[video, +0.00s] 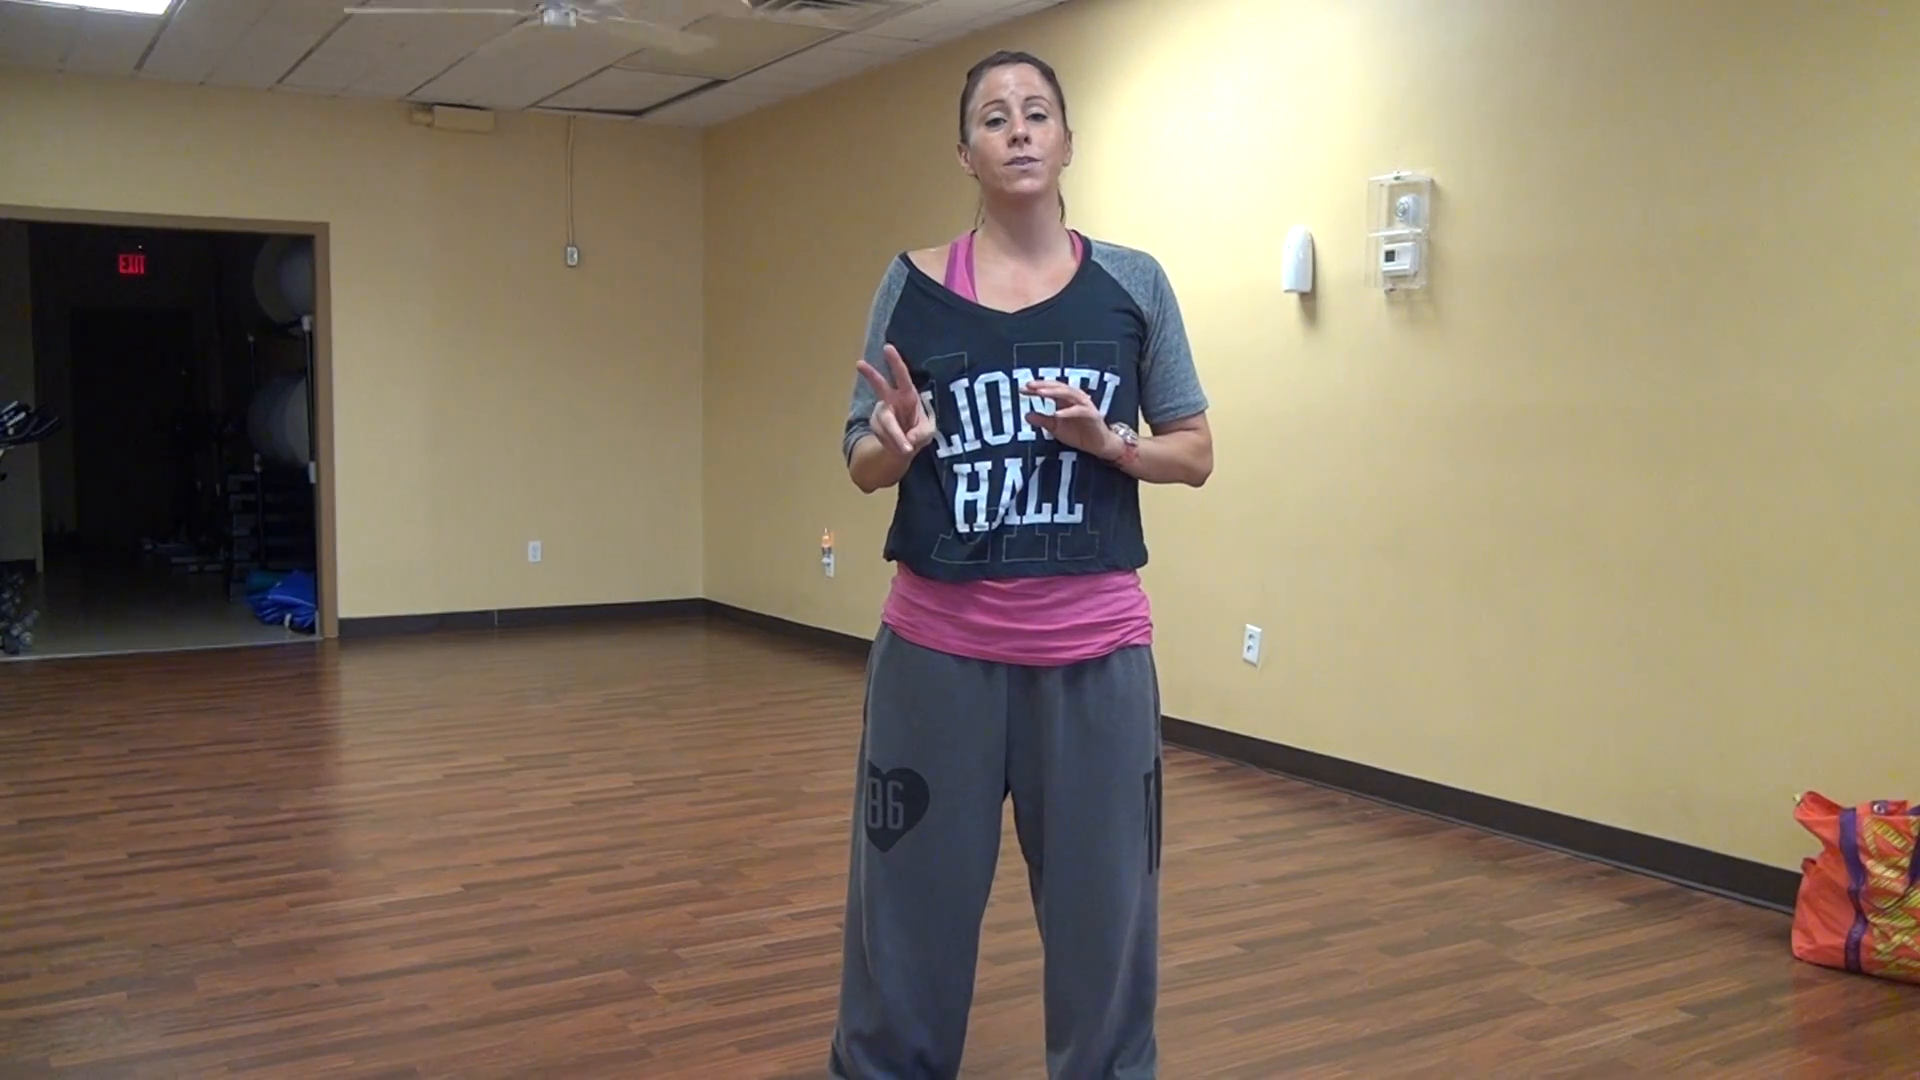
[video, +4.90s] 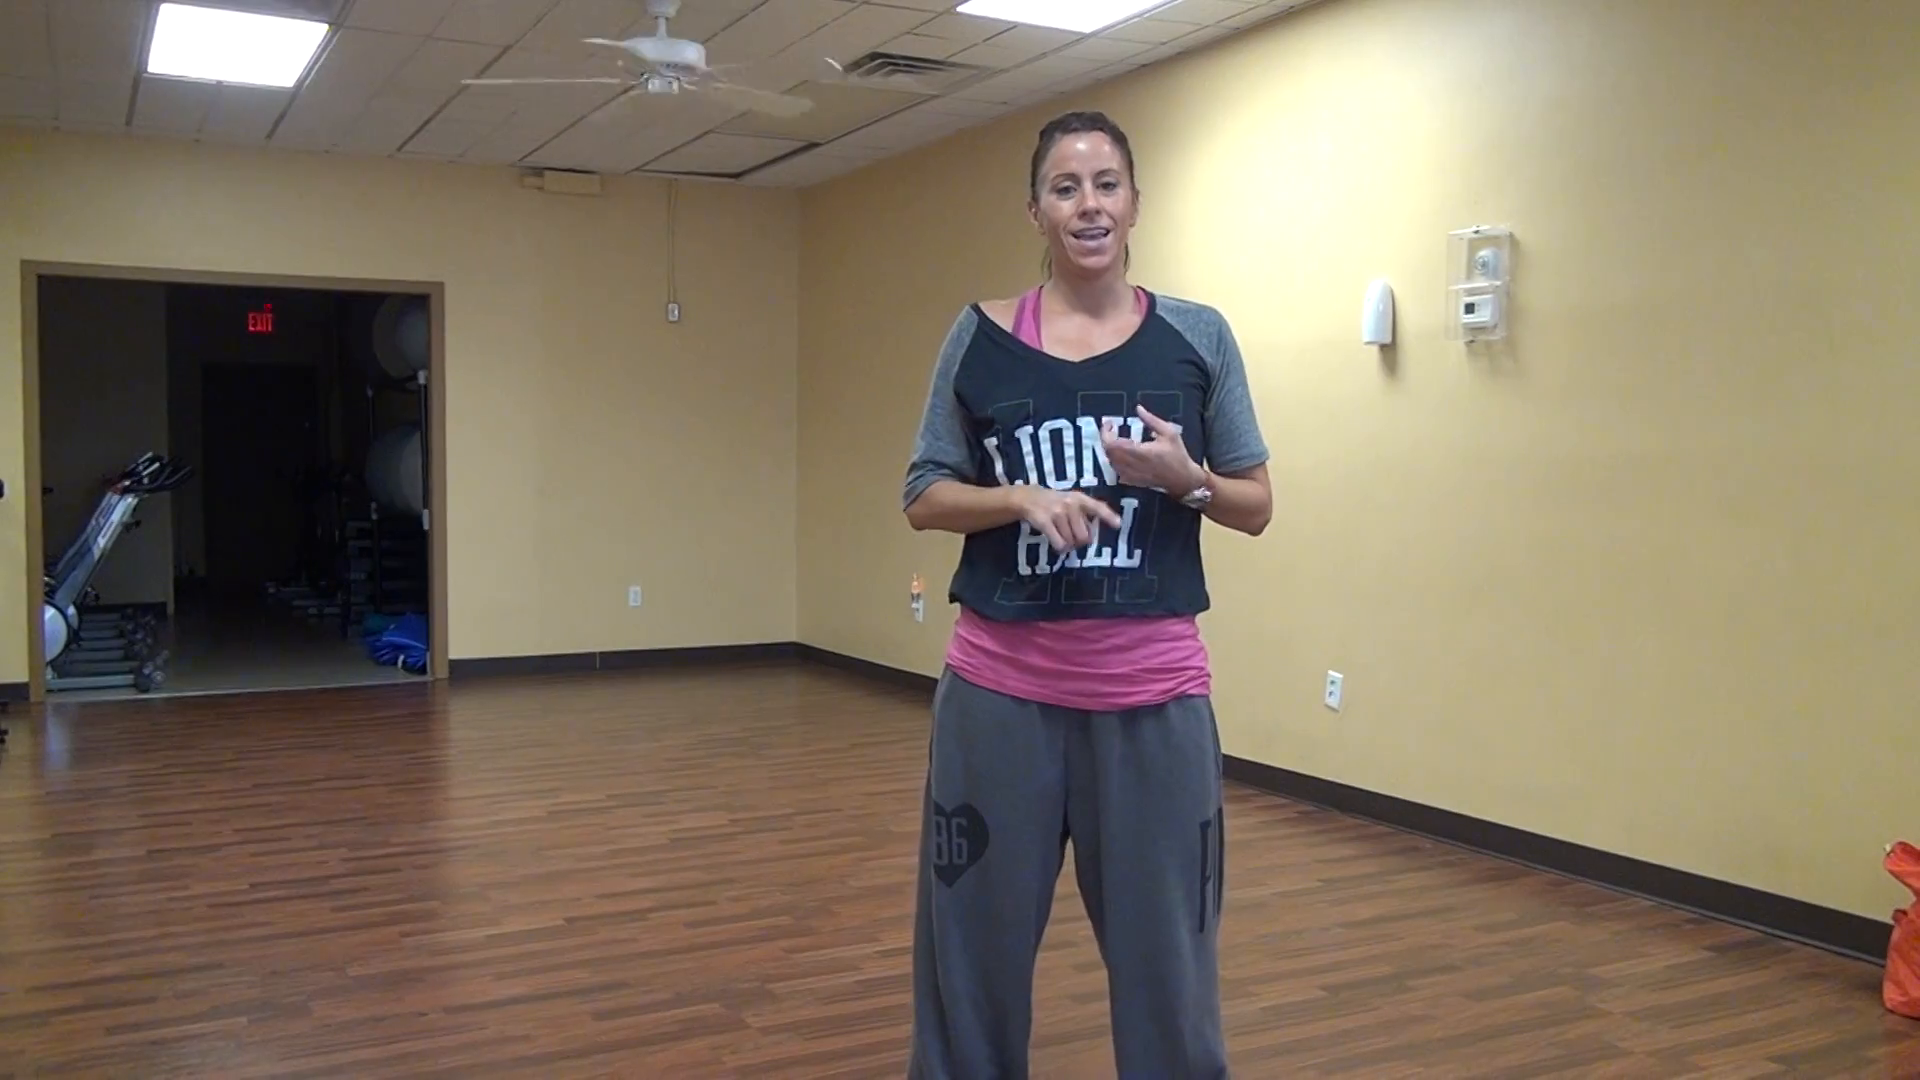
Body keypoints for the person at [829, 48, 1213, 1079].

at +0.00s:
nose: (1016, 130)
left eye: (1036, 114)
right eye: (993, 118)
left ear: (1066, 143)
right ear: (965, 152)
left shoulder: (1135, 279)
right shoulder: (915, 282)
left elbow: (1196, 455)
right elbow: (865, 469)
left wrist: (1118, 444)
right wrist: (895, 442)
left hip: (1095, 644)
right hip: (936, 642)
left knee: (1106, 920)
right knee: (907, 911)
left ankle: (1106, 1073)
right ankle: (887, 1069)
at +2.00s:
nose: (960, 149)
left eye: (979, 132)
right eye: (939, 134)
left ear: (1008, 156)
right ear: (911, 162)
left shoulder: (1073, 289)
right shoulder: (858, 291)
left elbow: (1134, 459)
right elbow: (798, 454)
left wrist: (1043, 450)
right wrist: (886, 458)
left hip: (1021, 640)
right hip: (870, 638)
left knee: (1055, 900)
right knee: (862, 895)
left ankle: (1098, 1066)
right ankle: (875, 1066)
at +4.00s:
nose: (1026, 211)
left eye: (1044, 190)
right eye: (1004, 194)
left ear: (1072, 207)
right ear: (976, 218)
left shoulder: (1141, 340)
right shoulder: (928, 344)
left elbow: (1200, 511)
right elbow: (872, 511)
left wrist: (1128, 484)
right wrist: (966, 489)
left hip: (1102, 700)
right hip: (947, 697)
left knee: (1117, 973)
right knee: (917, 966)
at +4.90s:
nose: (1089, 205)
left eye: (1108, 184)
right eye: (1066, 188)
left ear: (1134, 200)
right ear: (1035, 210)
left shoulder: (1199, 334)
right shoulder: (983, 334)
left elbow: (1255, 506)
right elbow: (925, 497)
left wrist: (1188, 479)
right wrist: (1024, 499)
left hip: (1154, 693)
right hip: (998, 690)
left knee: (1169, 969)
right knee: (969, 959)